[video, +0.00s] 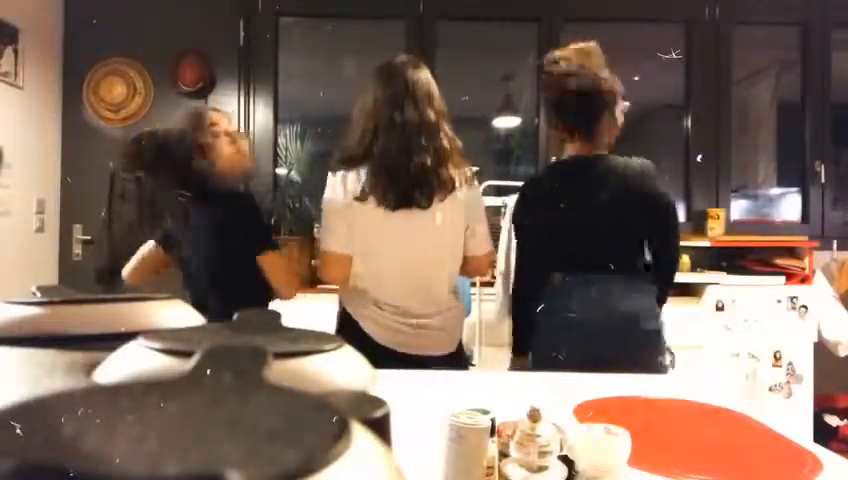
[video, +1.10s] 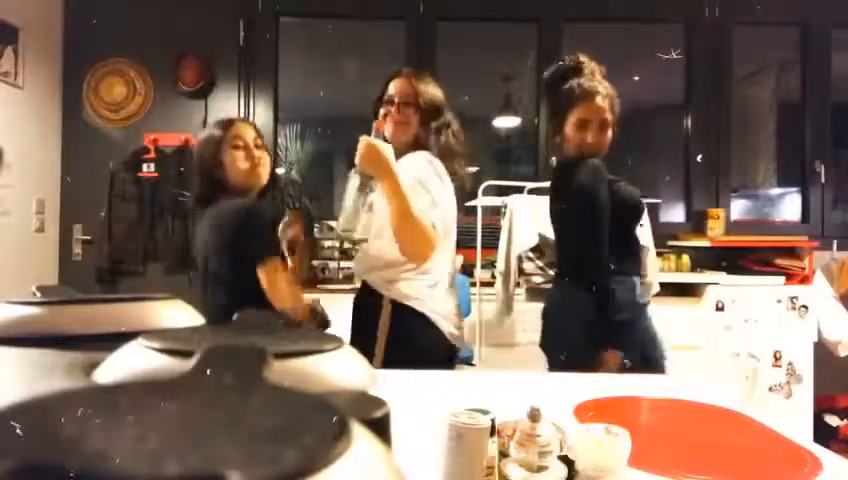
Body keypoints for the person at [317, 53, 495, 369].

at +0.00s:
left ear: (371, 113)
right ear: (435, 110)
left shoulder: (345, 185)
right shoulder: (461, 184)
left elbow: (334, 273)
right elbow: (480, 264)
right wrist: (432, 257)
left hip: (368, 347)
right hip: (440, 349)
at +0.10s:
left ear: (372, 112)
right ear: (436, 109)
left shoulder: (348, 183)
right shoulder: (462, 186)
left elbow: (333, 272)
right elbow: (478, 264)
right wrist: (432, 256)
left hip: (367, 346)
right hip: (438, 350)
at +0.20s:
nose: (359, 115)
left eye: (365, 107)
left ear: (376, 119)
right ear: (443, 119)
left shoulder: (357, 191)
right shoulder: (460, 192)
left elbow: (352, 277)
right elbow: (469, 262)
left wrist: (331, 227)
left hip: (373, 344)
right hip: (440, 350)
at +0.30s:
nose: (373, 109)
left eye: (381, 100)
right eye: (378, 99)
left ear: (392, 113)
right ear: (442, 117)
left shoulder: (383, 170)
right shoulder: (447, 181)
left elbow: (377, 265)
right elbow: (461, 256)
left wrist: (338, 223)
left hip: (386, 336)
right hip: (438, 341)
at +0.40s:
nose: (386, 102)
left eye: (397, 95)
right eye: (389, 94)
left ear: (422, 108)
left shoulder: (413, 165)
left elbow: (404, 253)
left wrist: (348, 209)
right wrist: (349, 204)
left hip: (393, 321)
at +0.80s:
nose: (399, 113)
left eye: (412, 106)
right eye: (393, 103)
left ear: (434, 118)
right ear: (383, 109)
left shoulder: (428, 167)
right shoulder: (385, 166)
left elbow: (433, 256)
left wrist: (388, 180)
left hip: (411, 310)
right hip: (370, 303)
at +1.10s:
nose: (393, 111)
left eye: (406, 105)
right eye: (388, 102)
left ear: (428, 118)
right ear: (378, 110)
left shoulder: (419, 166)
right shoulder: (402, 166)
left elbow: (420, 250)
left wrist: (387, 174)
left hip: (401, 313)